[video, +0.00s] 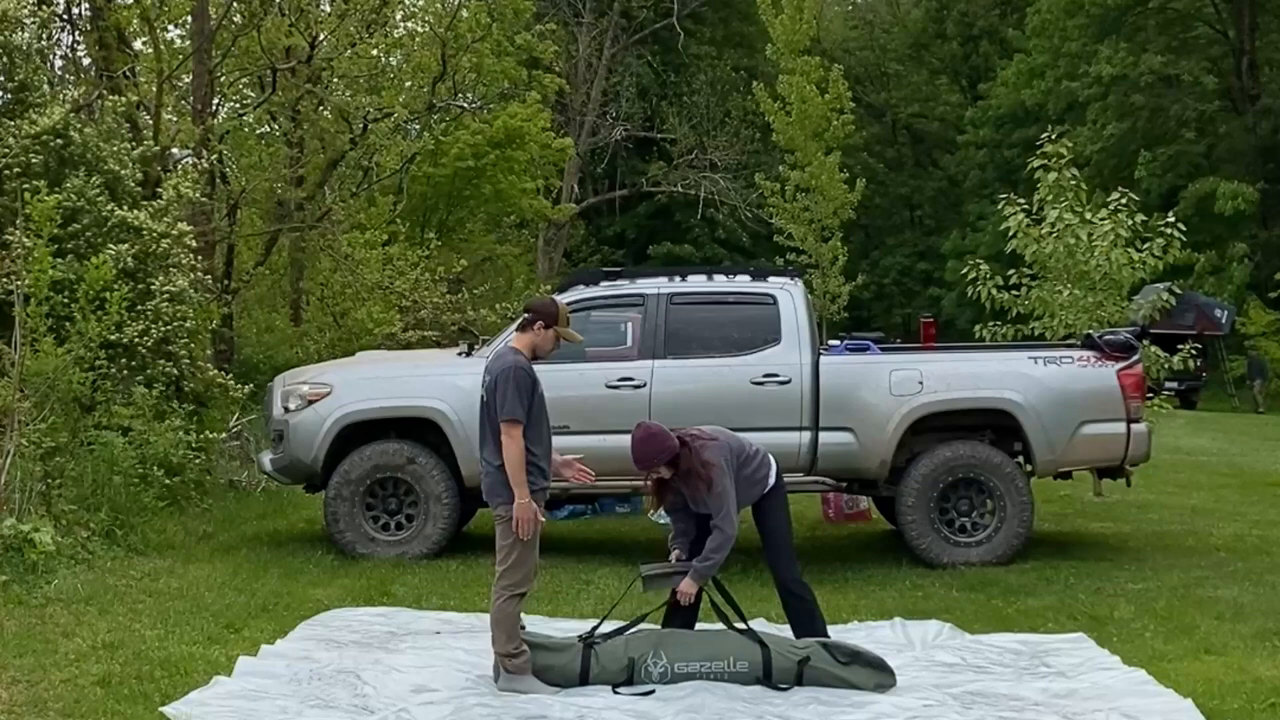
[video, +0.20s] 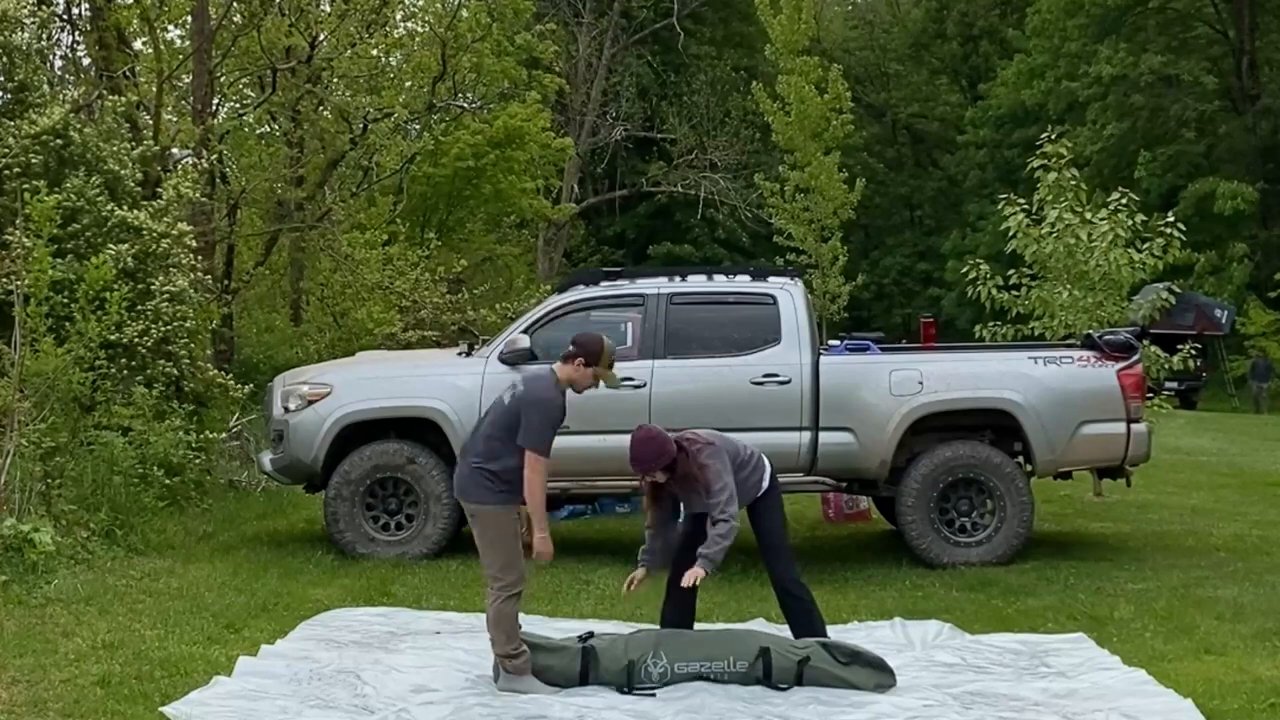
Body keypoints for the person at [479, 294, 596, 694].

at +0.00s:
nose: (557, 345)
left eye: (559, 339)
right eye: (557, 337)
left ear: (534, 328)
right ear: (540, 329)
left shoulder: (512, 363)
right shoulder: (512, 368)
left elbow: (515, 437)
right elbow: (511, 436)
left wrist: (555, 462)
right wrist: (522, 497)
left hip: (519, 494)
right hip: (515, 497)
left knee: (514, 583)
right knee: (512, 585)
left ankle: (508, 664)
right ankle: (512, 670)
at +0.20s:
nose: (594, 384)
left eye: (598, 377)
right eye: (594, 376)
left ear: (576, 363)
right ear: (577, 364)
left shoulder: (546, 386)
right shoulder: (545, 396)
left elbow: (533, 466)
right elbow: (534, 470)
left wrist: (531, 516)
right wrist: (541, 531)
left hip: (491, 487)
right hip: (488, 490)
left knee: (505, 582)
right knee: (507, 583)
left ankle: (506, 665)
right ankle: (513, 671)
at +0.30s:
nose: (608, 440)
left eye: (613, 434)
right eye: (609, 432)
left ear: (591, 414)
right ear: (593, 419)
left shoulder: (556, 413)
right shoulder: (556, 451)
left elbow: (540, 487)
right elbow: (555, 527)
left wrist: (539, 536)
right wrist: (562, 590)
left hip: (472, 483)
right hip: (475, 492)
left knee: (503, 576)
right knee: (515, 578)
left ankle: (505, 663)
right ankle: (514, 672)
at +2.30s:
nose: (626, 440)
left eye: (629, 433)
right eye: (625, 432)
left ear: (605, 419)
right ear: (608, 422)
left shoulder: (571, 427)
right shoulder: (572, 452)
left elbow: (543, 491)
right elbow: (562, 533)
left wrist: (520, 533)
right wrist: (562, 591)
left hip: (479, 484)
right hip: (477, 489)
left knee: (508, 573)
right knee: (504, 580)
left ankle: (502, 665)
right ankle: (514, 671)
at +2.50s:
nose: (622, 442)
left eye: (625, 435)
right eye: (622, 433)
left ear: (601, 421)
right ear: (604, 423)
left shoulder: (566, 431)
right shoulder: (569, 450)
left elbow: (542, 500)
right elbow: (554, 525)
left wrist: (529, 547)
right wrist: (553, 590)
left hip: (476, 486)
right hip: (472, 489)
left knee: (511, 571)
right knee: (506, 576)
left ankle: (498, 661)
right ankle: (513, 670)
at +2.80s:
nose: (589, 456)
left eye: (593, 450)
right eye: (591, 447)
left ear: (568, 431)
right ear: (577, 435)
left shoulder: (531, 441)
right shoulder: (546, 451)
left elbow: (512, 520)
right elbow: (543, 528)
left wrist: (505, 570)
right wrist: (557, 588)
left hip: (434, 494)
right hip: (452, 500)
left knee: (483, 568)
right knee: (505, 580)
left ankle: (472, 653)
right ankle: (514, 673)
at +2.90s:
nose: (555, 430)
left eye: (559, 425)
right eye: (557, 422)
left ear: (535, 409)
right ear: (540, 410)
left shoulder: (494, 426)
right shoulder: (511, 437)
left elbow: (481, 509)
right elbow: (518, 513)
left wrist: (486, 562)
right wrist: (540, 569)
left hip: (409, 497)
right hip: (432, 502)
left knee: (447, 578)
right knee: (478, 584)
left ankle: (404, 657)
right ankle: (513, 673)